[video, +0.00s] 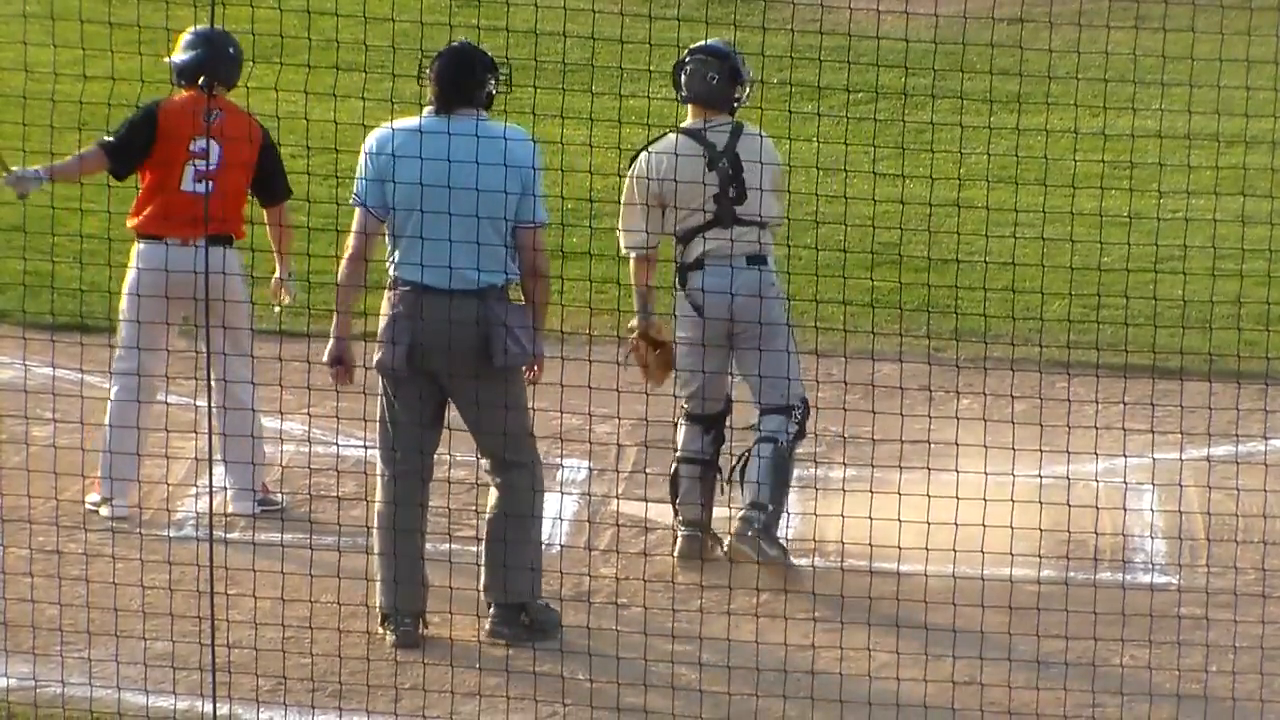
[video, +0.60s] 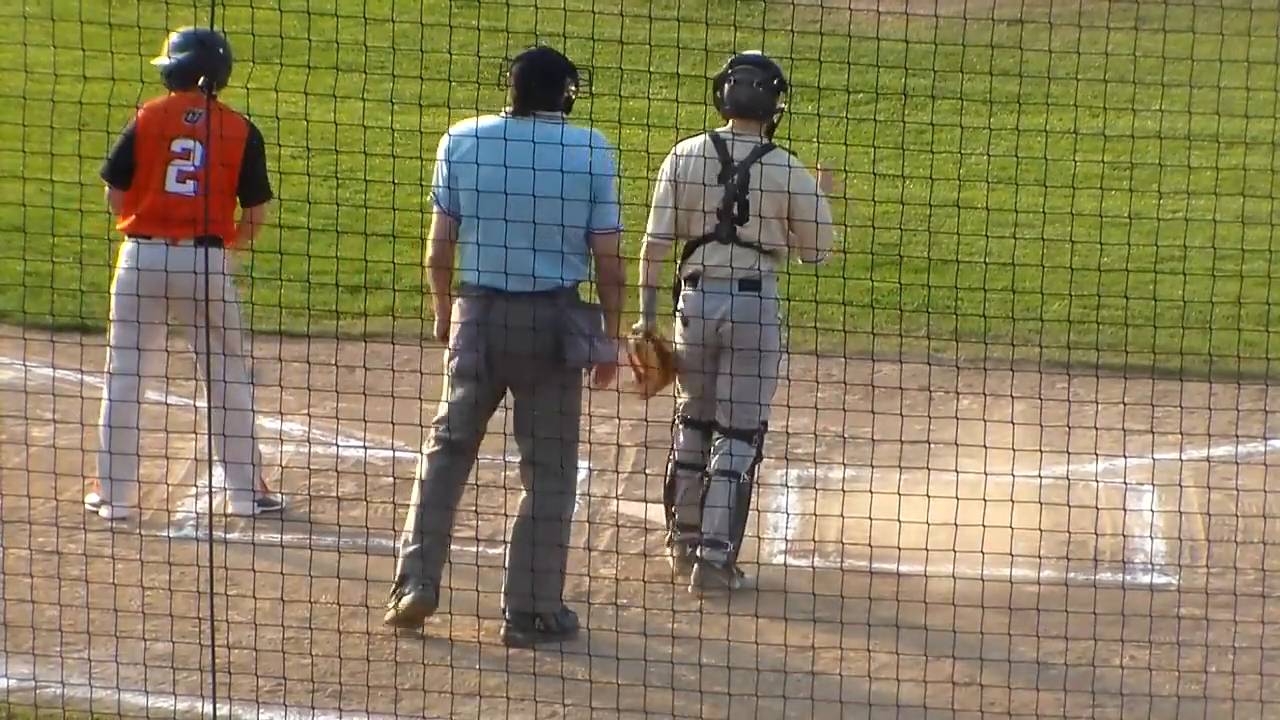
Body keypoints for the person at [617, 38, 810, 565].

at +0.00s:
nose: (739, 94)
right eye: (737, 87)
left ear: (683, 90)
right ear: (735, 92)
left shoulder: (654, 158)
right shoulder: (762, 147)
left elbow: (640, 249)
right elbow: (769, 221)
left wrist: (643, 318)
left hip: (696, 291)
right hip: (758, 286)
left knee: (701, 410)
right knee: (780, 409)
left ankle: (691, 526)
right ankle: (757, 523)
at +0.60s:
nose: (775, 108)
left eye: (770, 99)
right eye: (775, 101)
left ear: (721, 100)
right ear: (773, 106)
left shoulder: (684, 156)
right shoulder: (787, 169)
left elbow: (654, 244)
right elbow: (816, 250)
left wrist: (648, 315)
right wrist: (820, 194)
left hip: (695, 304)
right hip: (755, 309)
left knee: (694, 419)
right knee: (740, 434)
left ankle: (683, 537)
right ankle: (714, 556)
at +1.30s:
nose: (743, 122)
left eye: (738, 114)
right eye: (743, 114)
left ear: (686, 109)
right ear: (738, 117)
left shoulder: (639, 163)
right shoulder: (746, 173)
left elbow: (623, 250)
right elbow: (755, 241)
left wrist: (608, 325)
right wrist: (743, 163)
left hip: (650, 311)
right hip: (711, 314)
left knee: (641, 434)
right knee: (713, 439)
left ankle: (626, 562)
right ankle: (712, 562)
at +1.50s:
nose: (718, 125)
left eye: (714, 118)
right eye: (717, 117)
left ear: (656, 112)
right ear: (710, 120)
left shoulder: (615, 165)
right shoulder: (722, 172)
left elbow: (593, 249)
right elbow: (737, 233)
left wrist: (591, 330)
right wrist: (716, 167)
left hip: (629, 315)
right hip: (692, 318)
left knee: (632, 441)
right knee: (708, 440)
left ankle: (627, 567)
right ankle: (716, 563)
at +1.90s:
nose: (709, 121)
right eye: (708, 114)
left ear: (650, 113)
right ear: (704, 117)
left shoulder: (619, 167)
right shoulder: (722, 171)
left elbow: (606, 246)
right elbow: (740, 234)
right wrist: (712, 161)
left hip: (634, 317)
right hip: (695, 319)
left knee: (633, 444)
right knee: (697, 445)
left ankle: (627, 569)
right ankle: (695, 574)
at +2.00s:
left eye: (657, 106)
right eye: (707, 110)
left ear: (655, 110)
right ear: (711, 114)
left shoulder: (626, 167)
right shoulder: (732, 176)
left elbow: (611, 249)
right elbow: (743, 254)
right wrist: (688, 237)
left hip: (639, 319)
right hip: (702, 322)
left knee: (630, 442)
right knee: (700, 446)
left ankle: (623, 571)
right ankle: (697, 576)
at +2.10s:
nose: (656, 118)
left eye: (658, 110)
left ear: (659, 113)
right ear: (714, 118)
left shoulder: (631, 171)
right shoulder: (737, 178)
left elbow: (613, 251)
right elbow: (751, 259)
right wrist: (700, 240)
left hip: (643, 318)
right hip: (707, 320)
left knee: (623, 436)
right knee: (704, 446)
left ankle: (610, 560)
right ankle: (698, 575)